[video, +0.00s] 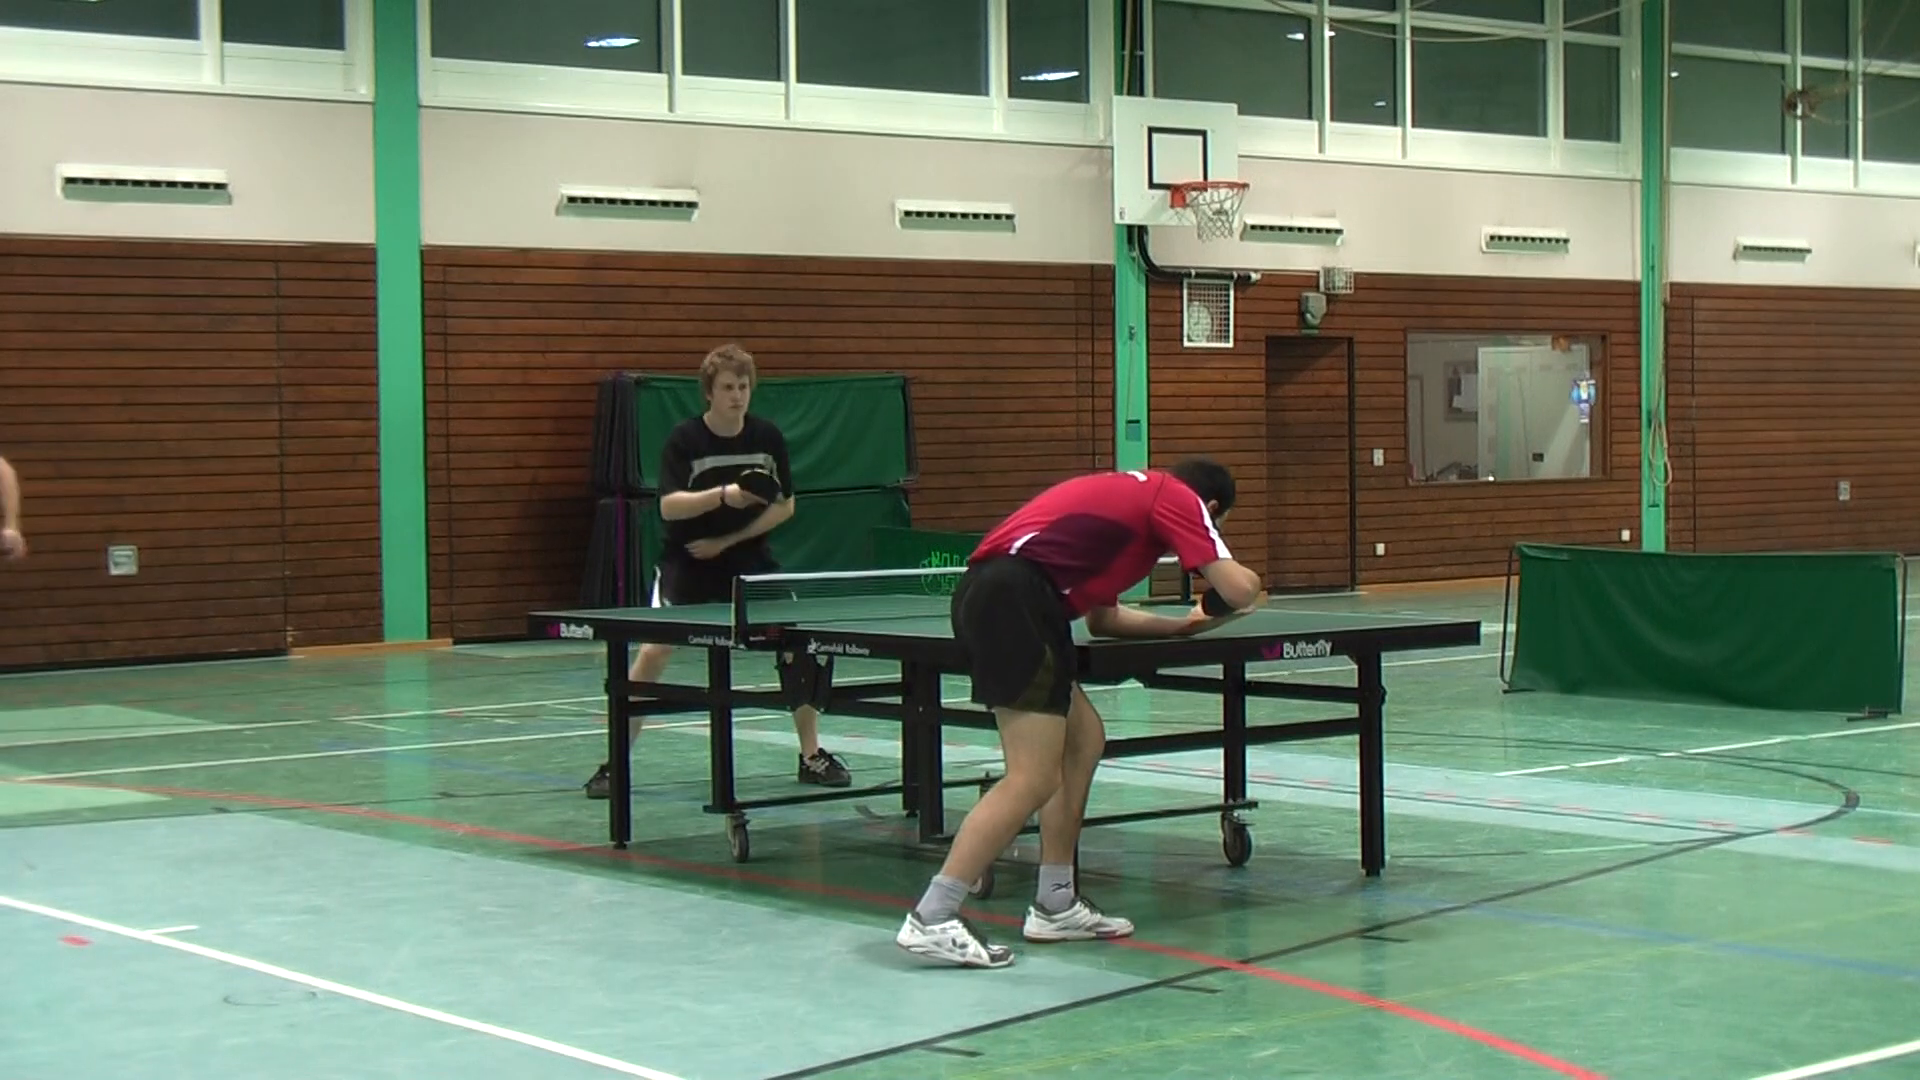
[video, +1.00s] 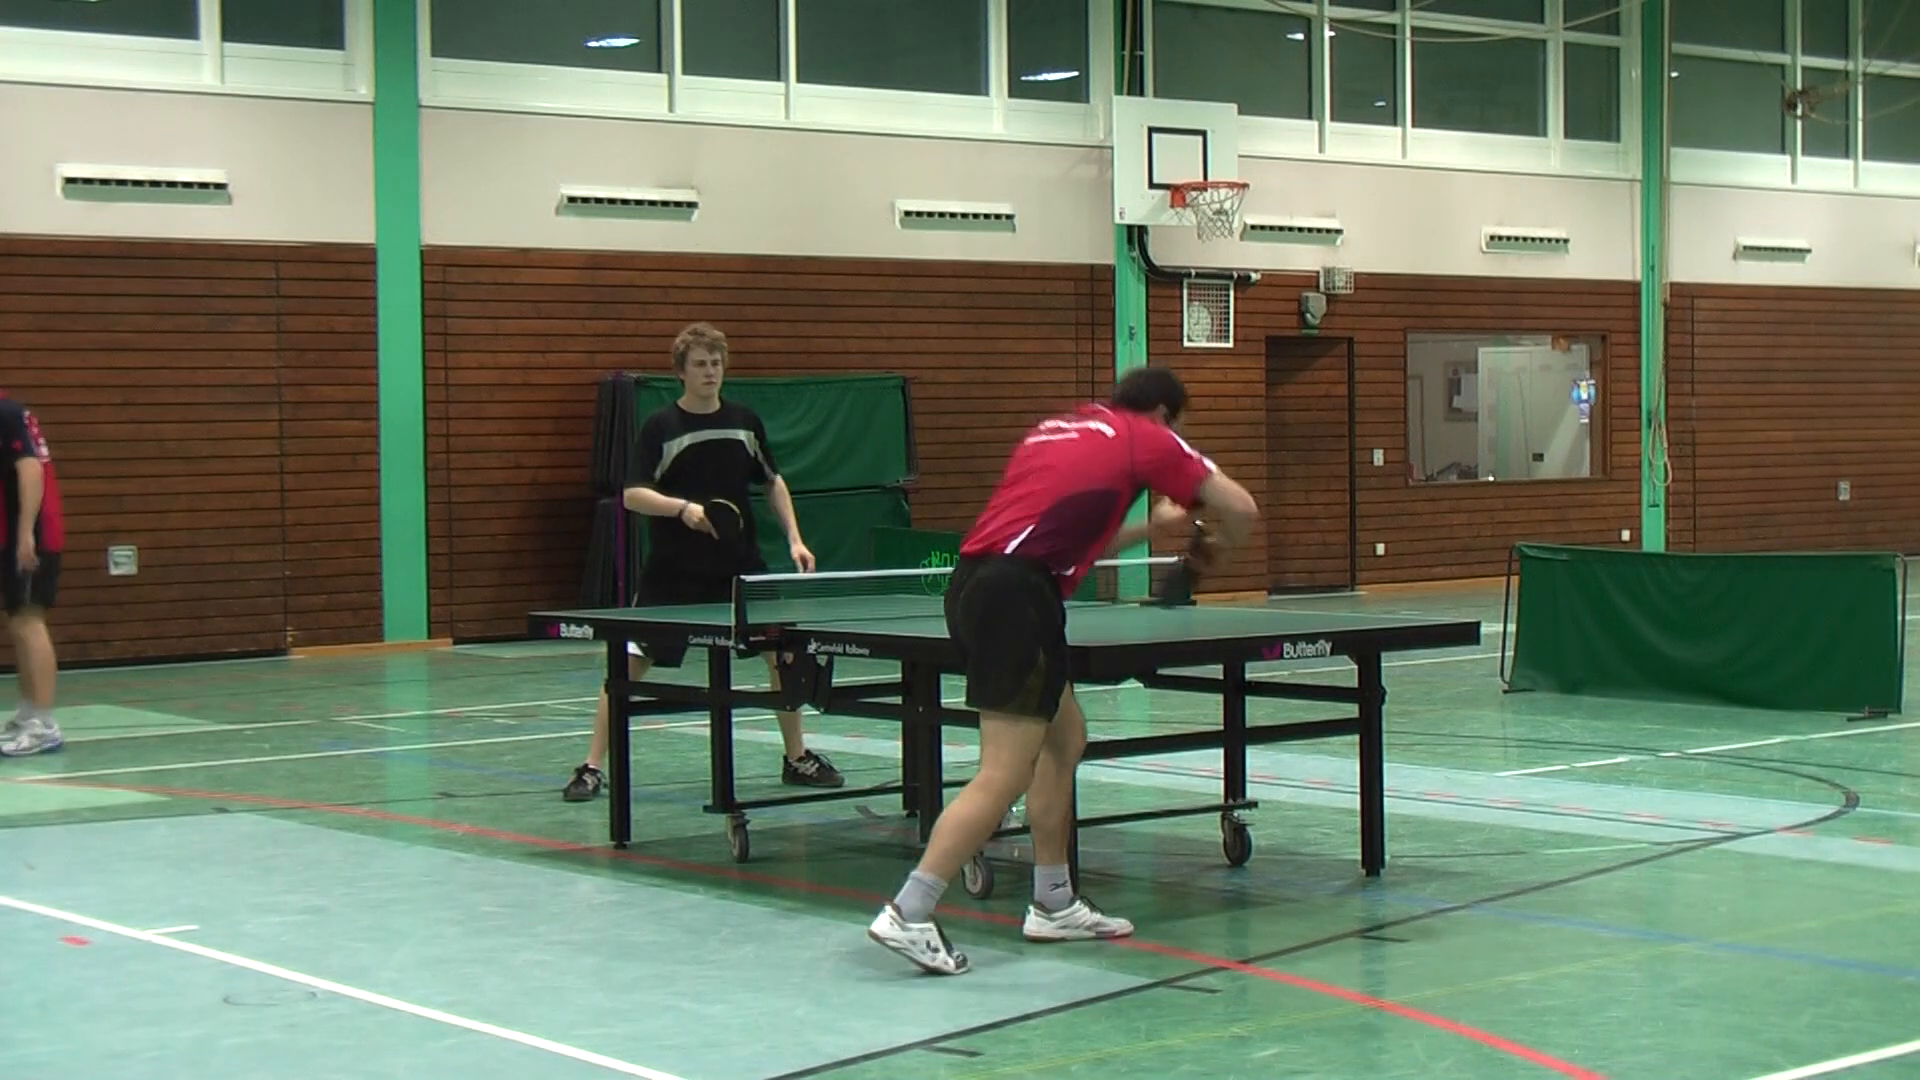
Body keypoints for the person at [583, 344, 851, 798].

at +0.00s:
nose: (736, 394)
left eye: (742, 385)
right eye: (726, 386)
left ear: (751, 389)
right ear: (708, 391)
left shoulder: (768, 437)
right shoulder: (685, 438)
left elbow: (784, 506)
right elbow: (669, 506)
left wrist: (726, 541)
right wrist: (723, 495)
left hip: (752, 562)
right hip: (688, 564)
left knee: (796, 642)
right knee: (655, 651)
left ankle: (812, 754)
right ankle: (616, 762)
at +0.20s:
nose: (743, 381)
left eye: (750, 373)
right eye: (734, 374)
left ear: (759, 377)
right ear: (715, 379)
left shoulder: (778, 430)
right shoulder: (693, 432)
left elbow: (800, 490)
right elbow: (669, 498)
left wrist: (782, 537)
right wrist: (722, 495)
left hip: (755, 565)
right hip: (693, 566)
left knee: (796, 648)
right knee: (647, 648)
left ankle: (813, 755)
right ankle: (612, 755)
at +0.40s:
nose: (733, 381)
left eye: (739, 373)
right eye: (723, 373)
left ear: (748, 377)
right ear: (704, 379)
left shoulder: (764, 432)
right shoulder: (683, 433)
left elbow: (787, 491)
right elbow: (651, 498)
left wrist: (807, 543)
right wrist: (704, 507)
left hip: (751, 572)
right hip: (685, 573)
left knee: (796, 651)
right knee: (642, 661)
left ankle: (812, 756)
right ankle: (595, 764)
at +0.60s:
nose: (710, 374)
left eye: (716, 366)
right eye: (701, 367)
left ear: (723, 371)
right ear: (680, 372)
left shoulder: (737, 424)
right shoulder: (655, 429)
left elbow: (748, 486)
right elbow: (622, 493)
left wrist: (774, 547)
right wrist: (674, 498)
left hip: (730, 570)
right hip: (664, 573)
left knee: (782, 644)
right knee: (624, 665)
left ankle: (802, 752)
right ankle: (592, 766)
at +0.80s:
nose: (707, 373)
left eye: (712, 365)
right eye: (697, 366)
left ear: (720, 370)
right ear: (677, 372)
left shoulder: (738, 422)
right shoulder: (655, 428)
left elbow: (758, 484)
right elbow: (626, 494)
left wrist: (779, 547)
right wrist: (675, 502)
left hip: (736, 569)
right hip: (671, 573)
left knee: (782, 647)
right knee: (626, 665)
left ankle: (798, 756)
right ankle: (592, 765)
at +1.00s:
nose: (710, 372)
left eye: (716, 364)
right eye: (701, 364)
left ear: (724, 368)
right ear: (681, 369)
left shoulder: (745, 420)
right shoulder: (661, 426)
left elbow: (773, 482)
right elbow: (633, 493)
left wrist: (794, 538)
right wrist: (682, 508)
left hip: (741, 565)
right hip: (675, 569)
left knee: (783, 648)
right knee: (629, 662)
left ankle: (798, 756)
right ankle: (593, 765)